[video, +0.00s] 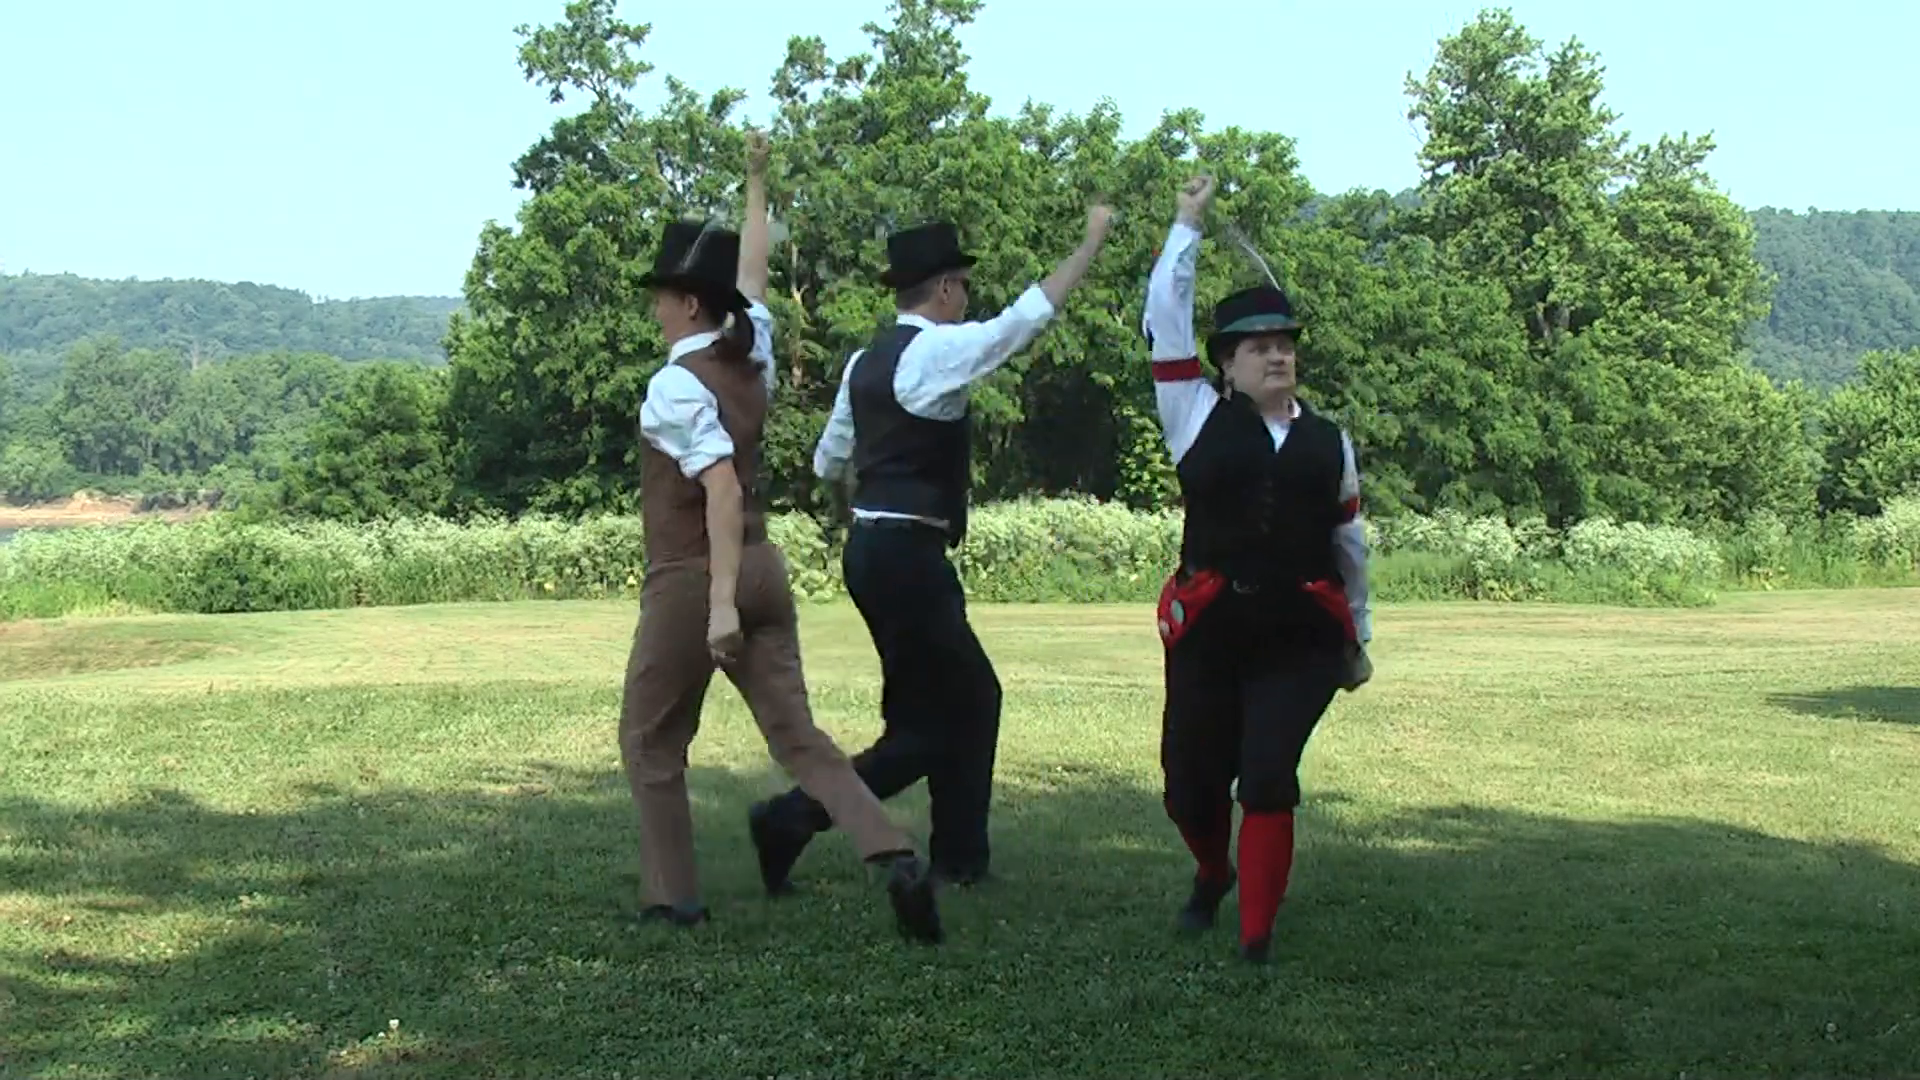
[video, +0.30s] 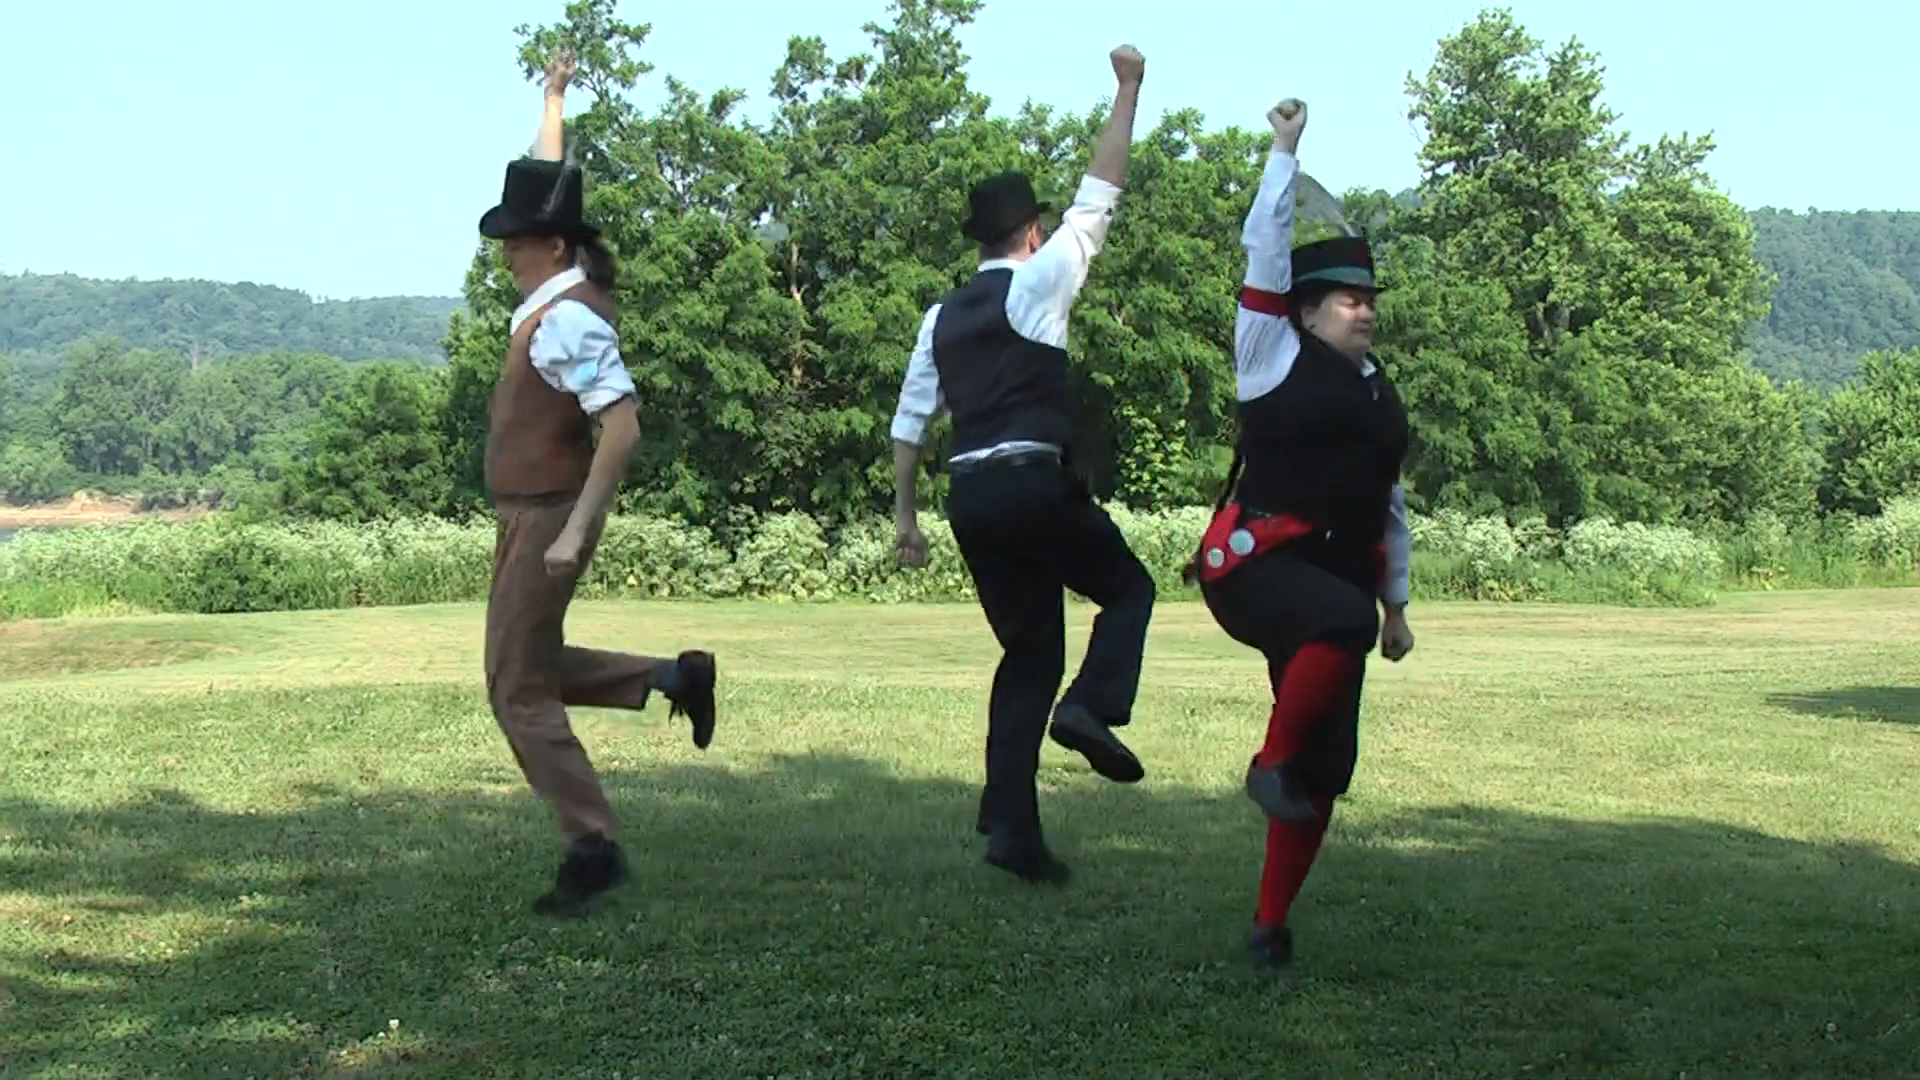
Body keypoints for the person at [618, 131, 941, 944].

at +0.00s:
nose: (655, 309)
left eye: (659, 297)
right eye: (656, 296)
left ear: (684, 305)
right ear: (712, 303)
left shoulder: (675, 384)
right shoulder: (751, 342)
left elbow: (724, 481)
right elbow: (754, 265)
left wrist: (723, 592)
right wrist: (756, 177)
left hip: (684, 580)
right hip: (755, 567)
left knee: (650, 741)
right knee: (797, 737)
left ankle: (673, 899)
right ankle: (895, 855)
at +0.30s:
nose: (504, 253)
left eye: (512, 243)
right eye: (504, 242)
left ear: (550, 245)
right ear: (553, 240)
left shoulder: (568, 319)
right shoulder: (547, 296)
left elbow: (623, 423)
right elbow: (550, 193)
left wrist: (582, 524)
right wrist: (553, 97)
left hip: (544, 520)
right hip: (524, 517)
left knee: (519, 689)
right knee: (516, 670)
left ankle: (594, 845)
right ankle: (672, 681)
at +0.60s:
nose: (405, 324)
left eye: (419, 312)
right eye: (395, 309)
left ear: (437, 315)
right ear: (373, 304)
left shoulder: (456, 401)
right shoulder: (366, 357)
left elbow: (504, 494)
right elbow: (332, 252)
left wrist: (476, 595)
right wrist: (327, 149)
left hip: (419, 597)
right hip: (359, 589)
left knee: (391, 755)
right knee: (298, 718)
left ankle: (439, 884)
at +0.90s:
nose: (262, 310)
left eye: (273, 300)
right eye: (250, 295)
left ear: (279, 305)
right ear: (212, 291)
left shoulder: (299, 387)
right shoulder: (176, 350)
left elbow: (346, 487)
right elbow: (127, 254)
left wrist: (342, 589)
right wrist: (131, 142)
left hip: (273, 590)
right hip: (185, 585)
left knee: (279, 764)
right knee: (144, 734)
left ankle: (386, 832)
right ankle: (127, 893)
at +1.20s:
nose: (220, 237)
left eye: (225, 225)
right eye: (208, 223)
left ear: (216, 231)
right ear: (161, 219)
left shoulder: (222, 309)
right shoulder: (104, 279)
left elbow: (223, 419)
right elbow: (49, 170)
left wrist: (239, 501)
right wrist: (18, 54)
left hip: (208, 509)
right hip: (114, 508)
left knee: (172, 650)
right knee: (91, 697)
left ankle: (146, 675)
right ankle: (81, 854)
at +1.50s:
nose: (206, 305)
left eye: (210, 291)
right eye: (197, 287)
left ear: (166, 290)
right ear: (149, 283)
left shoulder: (183, 379)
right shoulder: (81, 366)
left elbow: (211, 489)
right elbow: (17, 445)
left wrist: (291, 467)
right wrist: (128, 418)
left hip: (160, 593)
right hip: (76, 593)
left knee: (183, 718)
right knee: (59, 776)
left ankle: (88, 816)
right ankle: (17, 929)